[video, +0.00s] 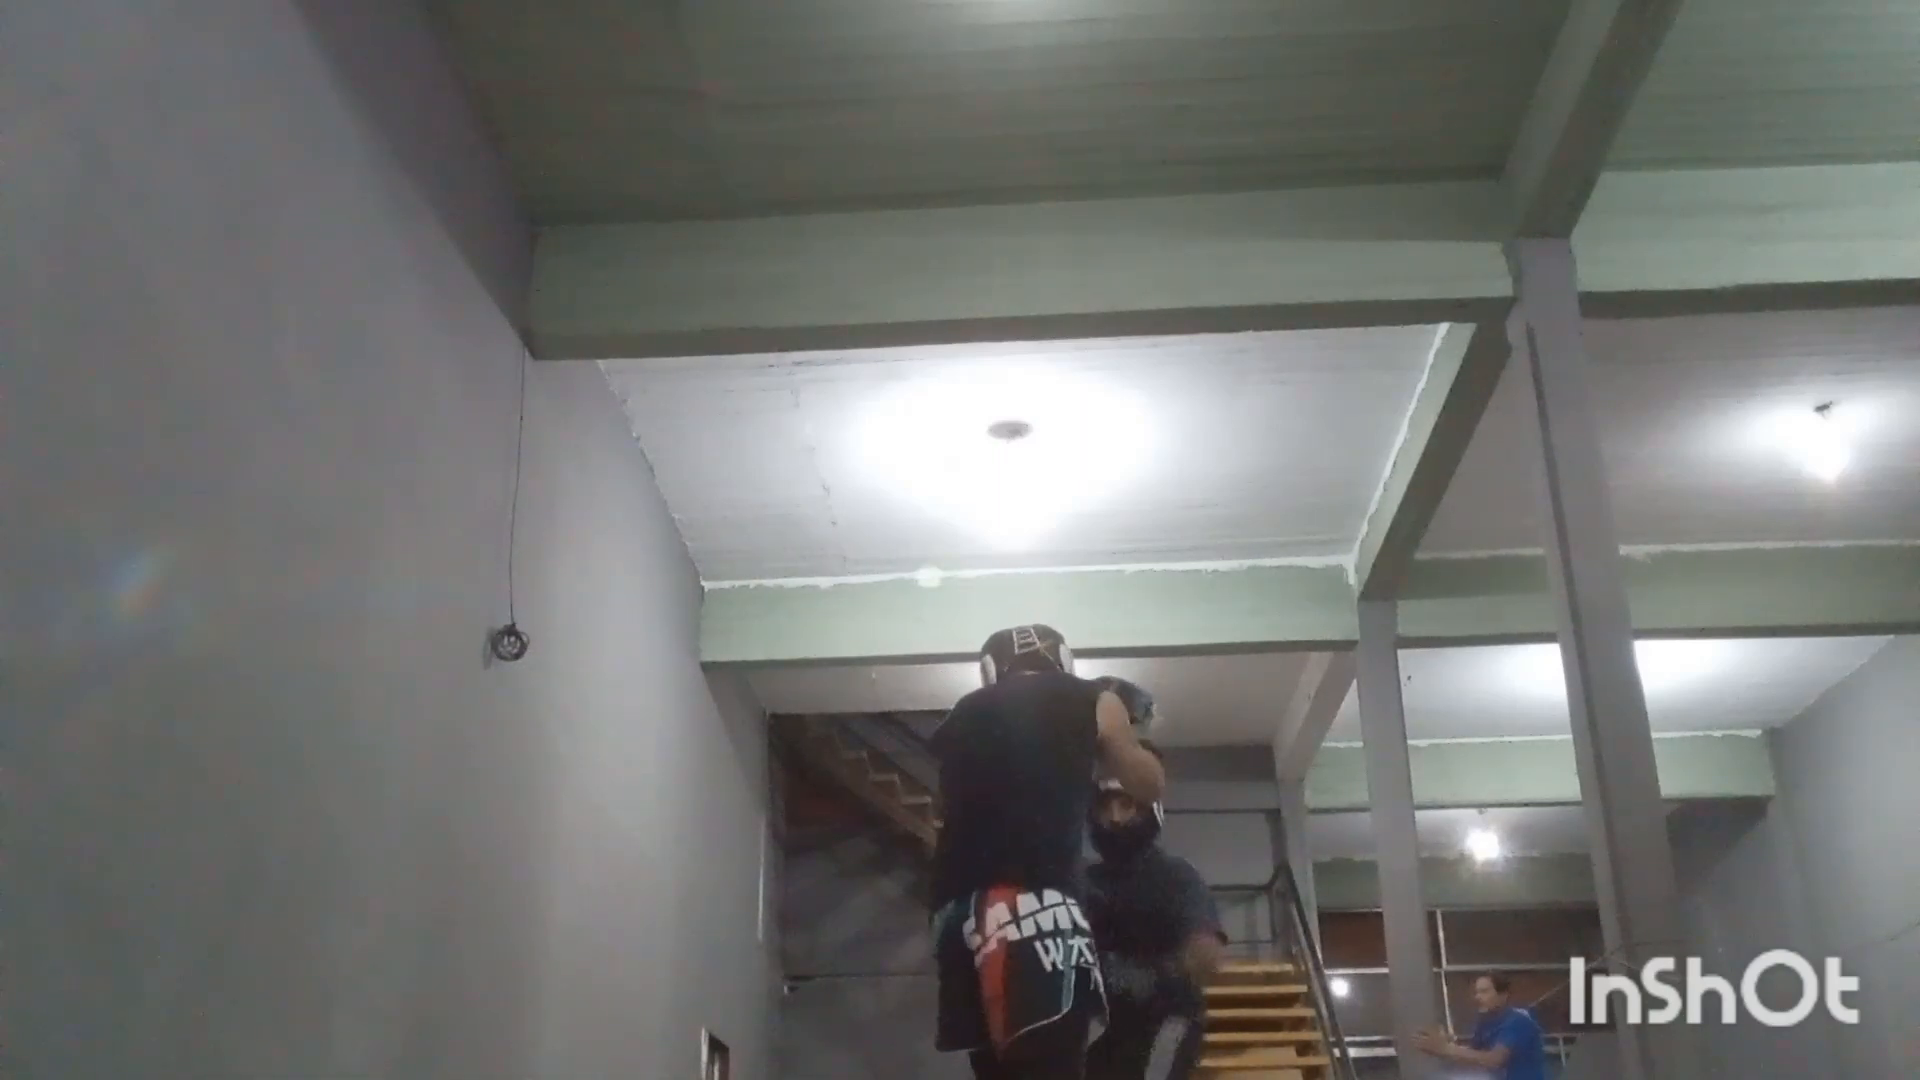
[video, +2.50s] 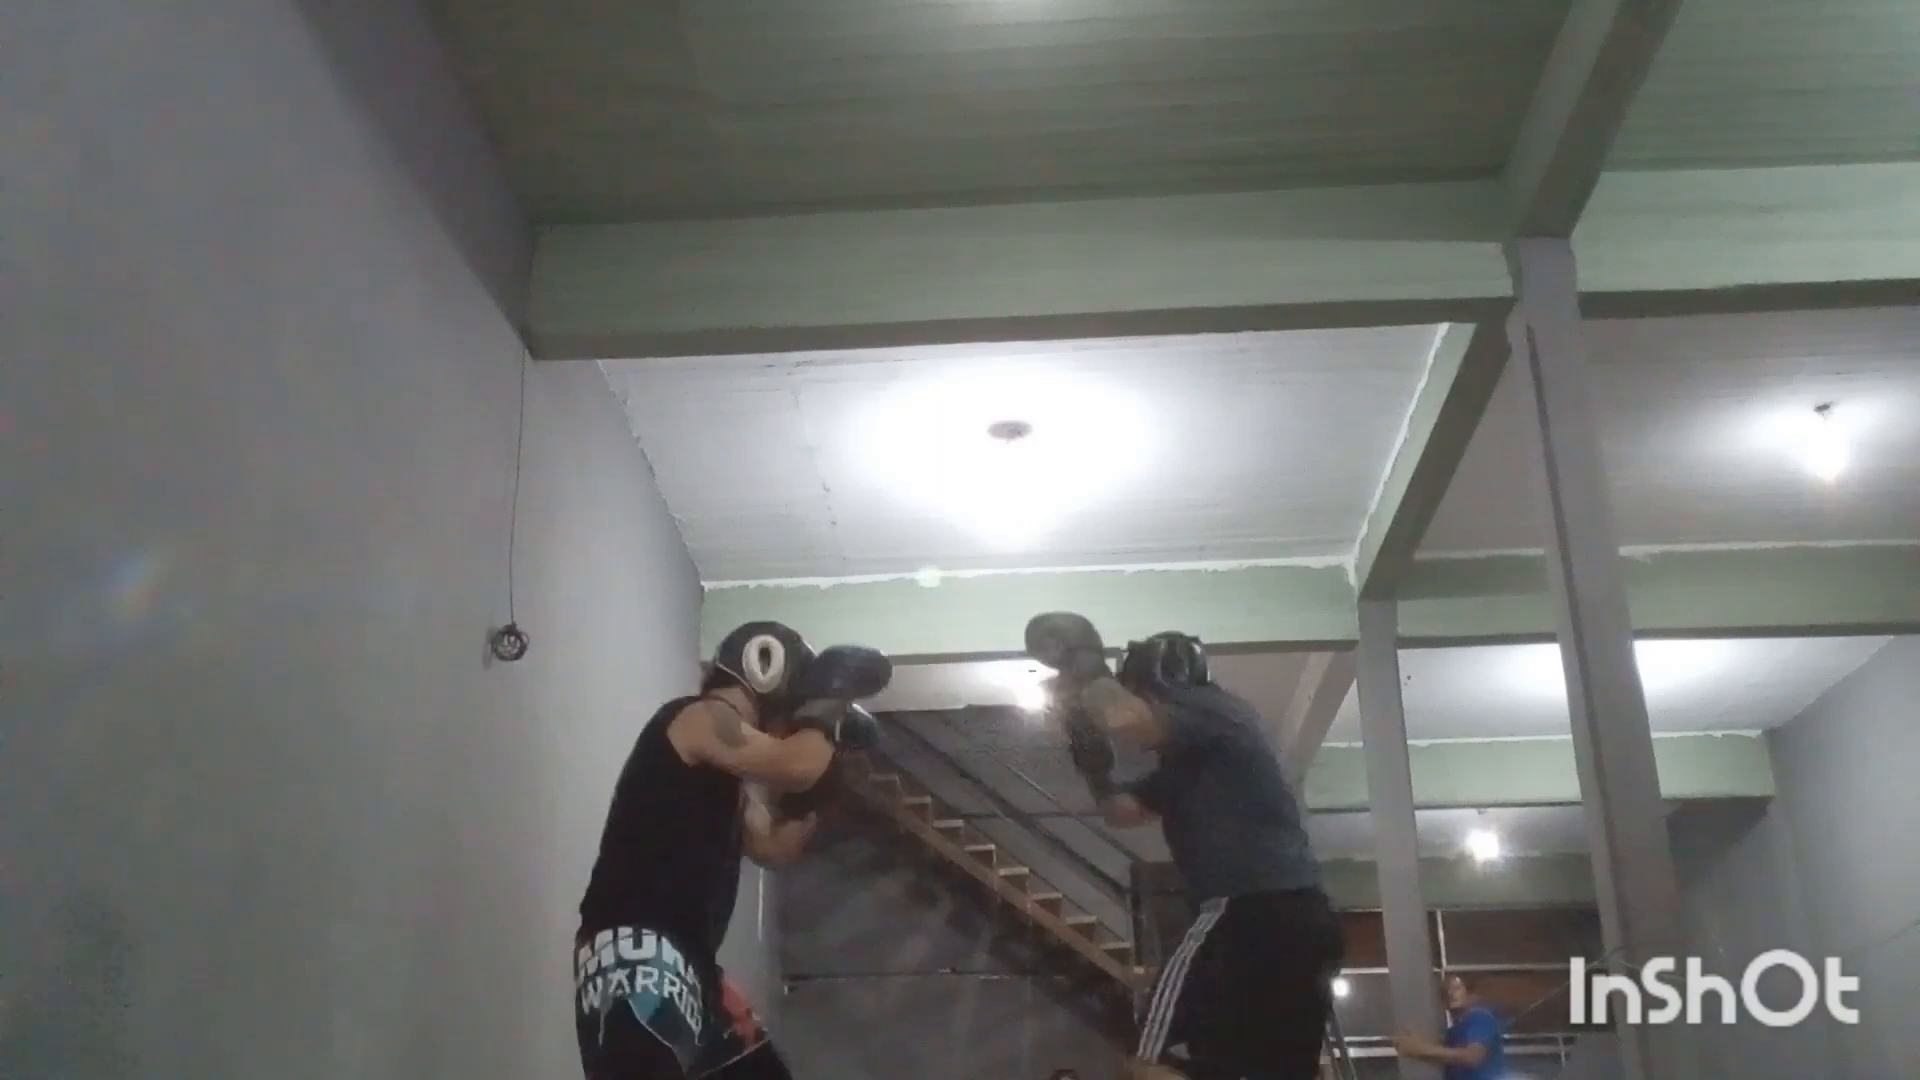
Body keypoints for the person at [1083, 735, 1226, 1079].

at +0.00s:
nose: (1114, 818)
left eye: (1126, 807)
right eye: (1105, 808)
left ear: (1151, 812)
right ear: (1092, 816)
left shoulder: (1176, 875)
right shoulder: (1083, 880)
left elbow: (1207, 951)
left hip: (1166, 1013)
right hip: (1095, 1013)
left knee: (1154, 1070)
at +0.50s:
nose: (1153, 808)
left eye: (1168, 795)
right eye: (1145, 796)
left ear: (1195, 802)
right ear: (1134, 807)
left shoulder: (1240, 866)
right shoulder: (1147, 873)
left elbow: (1282, 932)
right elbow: (1152, 938)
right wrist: (1091, 935)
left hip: (1252, 998)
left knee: (1215, 1069)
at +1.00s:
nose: (1247, 838)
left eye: (1259, 826)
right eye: (1242, 828)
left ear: (1287, 828)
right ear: (1234, 835)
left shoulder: (1327, 878)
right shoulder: (1269, 893)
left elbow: (1401, 928)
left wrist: (1346, 972)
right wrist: (1248, 965)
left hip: (1375, 1022)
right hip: (1327, 1030)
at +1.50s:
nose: (1202, 780)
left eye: (1213, 767)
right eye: (1197, 769)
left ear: (1243, 769)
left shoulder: (1287, 804)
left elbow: (1322, 853)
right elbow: (1184, 907)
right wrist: (1155, 846)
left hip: (1311, 973)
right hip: (1279, 978)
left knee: (1278, 1070)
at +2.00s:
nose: (1179, 729)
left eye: (1187, 718)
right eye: (1180, 721)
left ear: (1211, 716)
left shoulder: (1277, 756)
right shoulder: (1227, 796)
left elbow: (1242, 777)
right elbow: (1154, 842)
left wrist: (1178, 718)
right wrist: (1126, 766)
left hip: (1305, 951)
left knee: (1241, 1069)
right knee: (1321, 1073)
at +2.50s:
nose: (1136, 708)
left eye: (1137, 696)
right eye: (1133, 698)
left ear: (1155, 681)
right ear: (1189, 670)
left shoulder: (1211, 706)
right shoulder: (1190, 756)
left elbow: (1126, 720)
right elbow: (1123, 812)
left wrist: (1086, 671)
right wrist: (1097, 771)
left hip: (1253, 911)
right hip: (1300, 911)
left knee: (1155, 1057)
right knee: (1284, 1069)